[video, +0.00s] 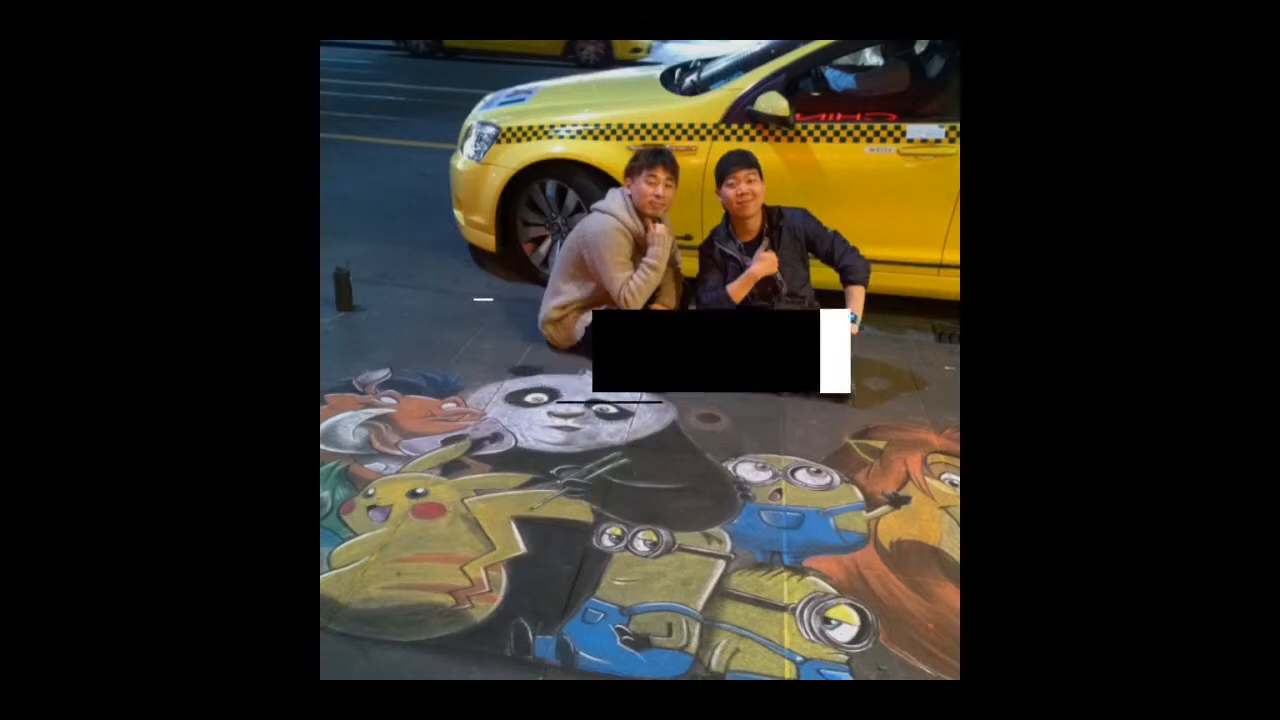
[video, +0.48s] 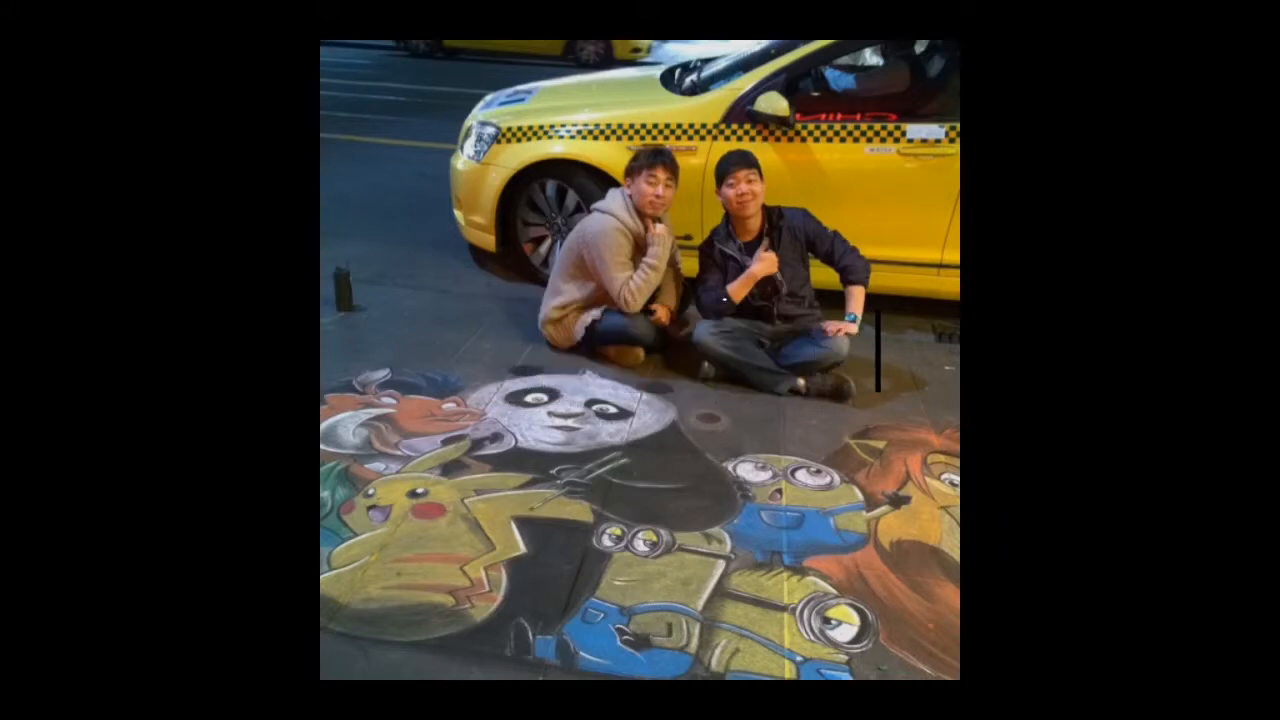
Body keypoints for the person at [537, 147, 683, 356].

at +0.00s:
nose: (660, 193)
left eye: (668, 185)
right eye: (651, 182)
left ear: (674, 192)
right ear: (629, 184)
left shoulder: (656, 219)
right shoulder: (605, 227)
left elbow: (669, 266)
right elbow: (628, 301)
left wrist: (664, 304)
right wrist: (657, 252)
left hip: (605, 308)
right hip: (566, 320)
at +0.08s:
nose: (660, 193)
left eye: (668, 185)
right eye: (651, 182)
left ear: (675, 192)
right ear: (629, 184)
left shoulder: (655, 222)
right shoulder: (605, 227)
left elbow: (670, 268)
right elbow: (629, 301)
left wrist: (665, 303)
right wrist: (658, 250)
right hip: (567, 319)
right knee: (639, 328)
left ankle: (632, 348)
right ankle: (669, 338)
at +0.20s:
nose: (660, 193)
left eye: (668, 185)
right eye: (651, 182)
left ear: (675, 192)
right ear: (629, 184)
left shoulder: (656, 221)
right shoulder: (605, 227)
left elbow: (670, 269)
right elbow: (629, 301)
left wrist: (665, 302)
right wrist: (658, 250)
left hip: (609, 306)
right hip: (567, 319)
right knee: (638, 328)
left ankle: (631, 347)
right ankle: (670, 336)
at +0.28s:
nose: (660, 193)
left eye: (668, 185)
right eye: (651, 182)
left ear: (675, 192)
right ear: (629, 184)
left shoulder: (656, 222)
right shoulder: (605, 227)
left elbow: (670, 268)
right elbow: (629, 300)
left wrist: (665, 304)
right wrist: (658, 250)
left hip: (608, 307)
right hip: (567, 319)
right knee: (638, 328)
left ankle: (632, 348)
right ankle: (669, 336)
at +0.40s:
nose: (660, 193)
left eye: (668, 185)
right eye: (651, 182)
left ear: (675, 192)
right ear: (629, 184)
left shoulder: (656, 221)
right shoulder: (605, 227)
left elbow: (670, 269)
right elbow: (629, 301)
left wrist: (665, 304)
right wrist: (658, 250)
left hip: (609, 306)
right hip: (567, 319)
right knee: (638, 328)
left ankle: (631, 347)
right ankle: (670, 335)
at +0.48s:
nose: (660, 193)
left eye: (668, 185)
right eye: (651, 182)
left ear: (675, 192)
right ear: (629, 184)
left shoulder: (656, 221)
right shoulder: (605, 227)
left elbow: (670, 269)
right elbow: (629, 300)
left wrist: (665, 304)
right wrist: (658, 250)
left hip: (609, 306)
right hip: (567, 319)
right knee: (638, 328)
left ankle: (631, 346)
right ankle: (669, 336)